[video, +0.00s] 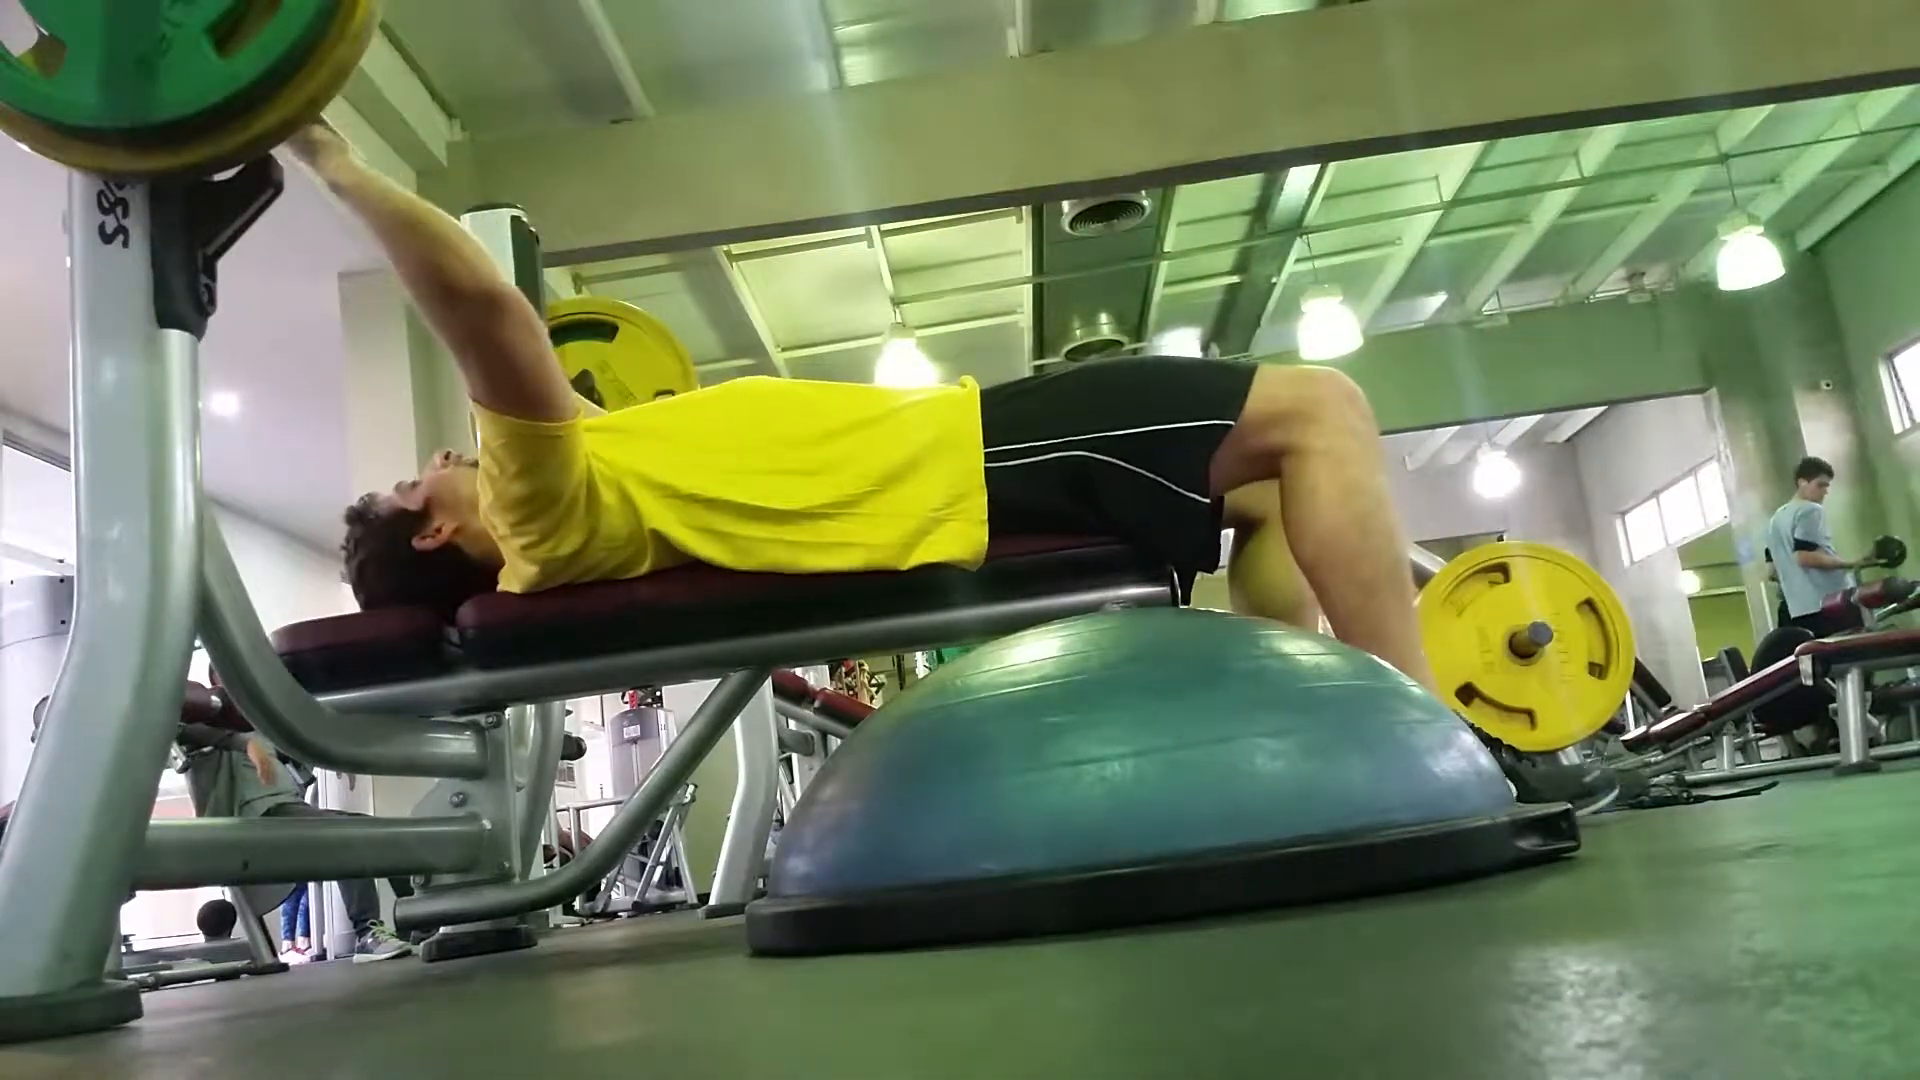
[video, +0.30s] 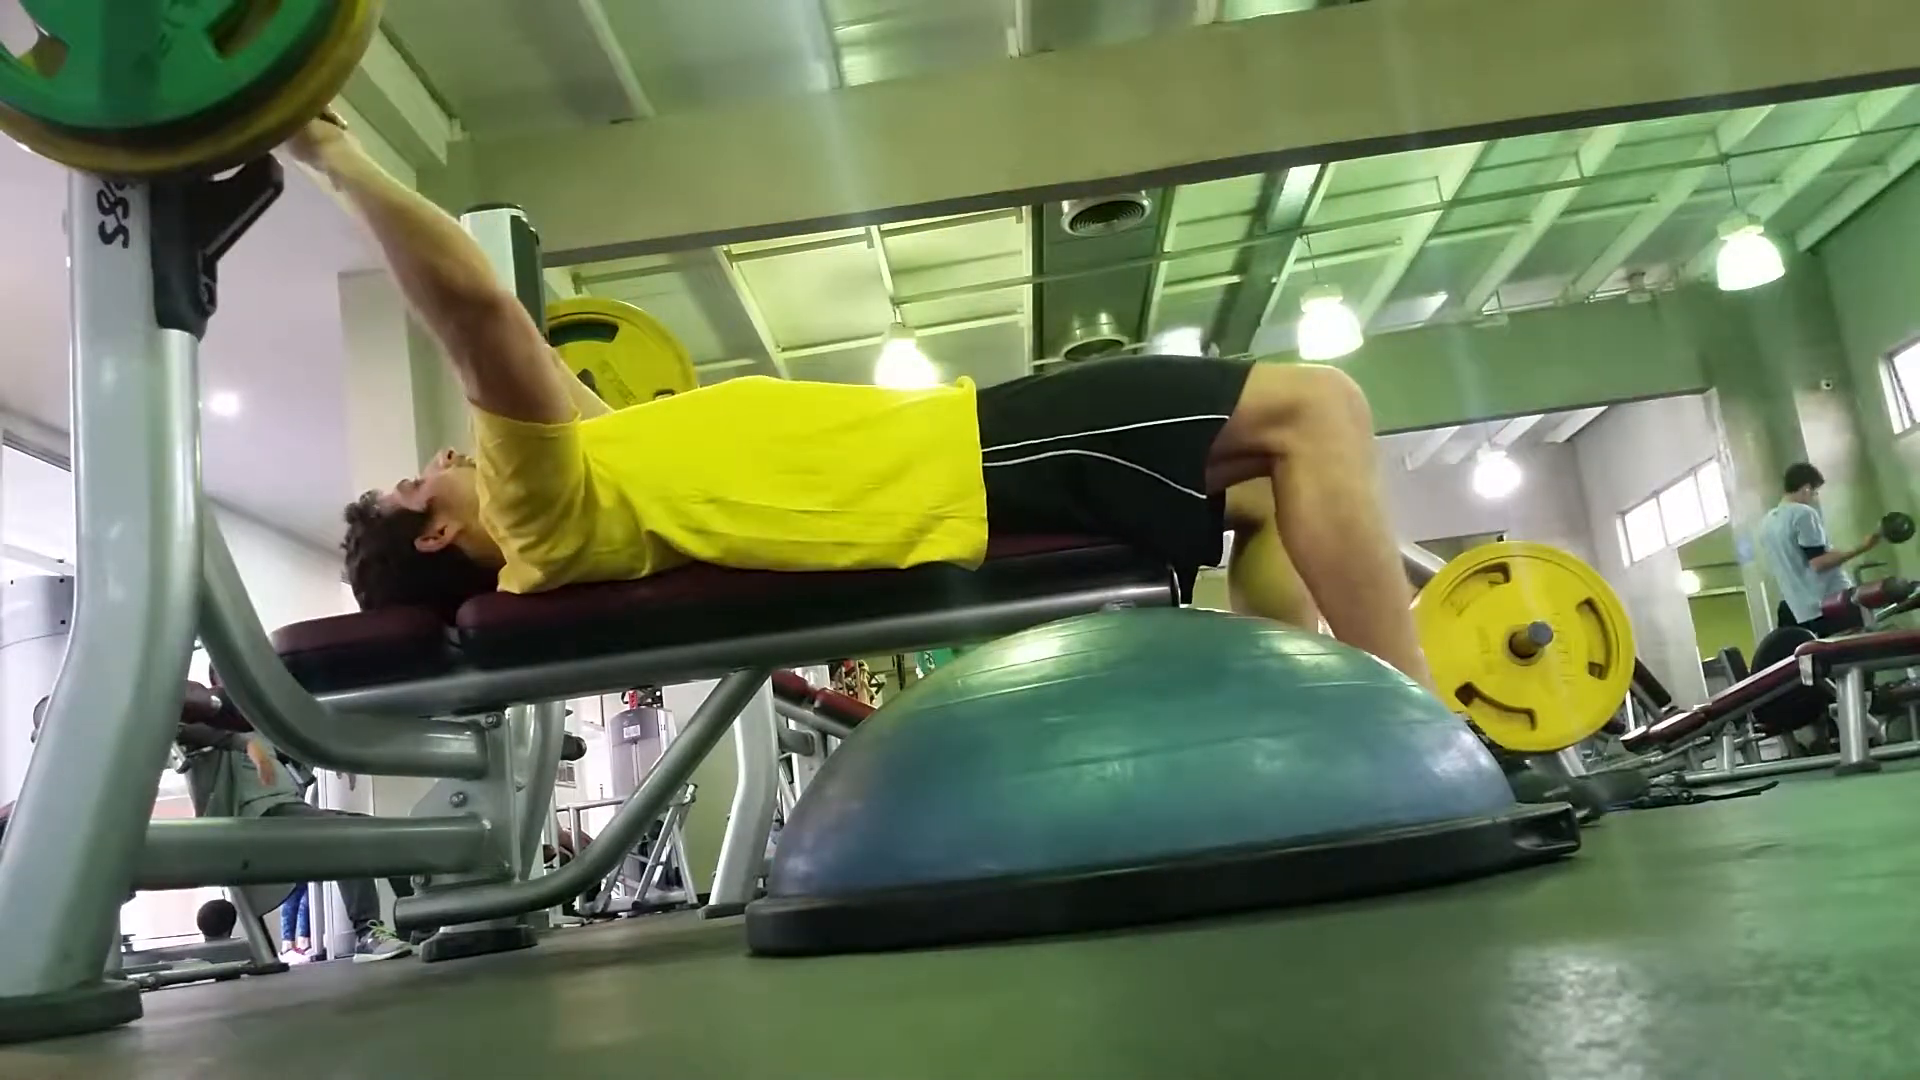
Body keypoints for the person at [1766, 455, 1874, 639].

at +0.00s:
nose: (1826, 491)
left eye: (1827, 486)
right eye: (1821, 485)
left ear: (1801, 483)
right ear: (1802, 482)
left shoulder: (1777, 518)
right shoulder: (1811, 510)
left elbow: (1773, 571)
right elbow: (1805, 556)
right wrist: (1853, 564)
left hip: (1801, 615)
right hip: (1831, 609)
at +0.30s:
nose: (1816, 500)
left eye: (1817, 494)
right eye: (1815, 493)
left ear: (1786, 488)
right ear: (1806, 489)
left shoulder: (1768, 521)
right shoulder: (1804, 514)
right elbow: (1818, 562)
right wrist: (1862, 548)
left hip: (1803, 614)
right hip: (1832, 608)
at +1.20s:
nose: (1824, 480)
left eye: (1821, 474)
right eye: (1820, 475)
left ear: (1796, 486)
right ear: (1812, 480)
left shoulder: (1786, 516)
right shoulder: (1823, 506)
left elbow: (1782, 557)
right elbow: (1824, 551)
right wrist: (1852, 577)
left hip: (1795, 605)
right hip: (1824, 602)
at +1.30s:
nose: (1831, 479)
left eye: (1827, 474)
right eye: (1826, 475)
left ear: (1804, 487)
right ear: (1820, 482)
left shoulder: (1794, 515)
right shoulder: (1827, 507)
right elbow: (1832, 554)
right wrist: (1852, 592)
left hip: (1792, 608)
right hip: (1822, 606)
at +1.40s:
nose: (1835, 478)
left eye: (1831, 473)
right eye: (1830, 474)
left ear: (1808, 487)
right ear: (1823, 482)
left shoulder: (1797, 514)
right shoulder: (1829, 507)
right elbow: (1834, 555)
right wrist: (1853, 595)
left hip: (1795, 607)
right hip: (1824, 604)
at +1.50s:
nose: (1835, 476)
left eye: (1831, 471)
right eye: (1830, 472)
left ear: (1808, 485)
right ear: (1823, 480)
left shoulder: (1795, 513)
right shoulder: (1829, 505)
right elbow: (1837, 555)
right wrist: (1854, 596)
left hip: (1798, 605)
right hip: (1827, 603)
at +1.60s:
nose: (1835, 473)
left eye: (1830, 469)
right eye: (1829, 470)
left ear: (1806, 483)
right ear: (1822, 478)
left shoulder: (1793, 509)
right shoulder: (1833, 504)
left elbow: (1785, 549)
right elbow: (1838, 550)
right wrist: (1851, 592)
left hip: (1799, 602)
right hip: (1829, 599)